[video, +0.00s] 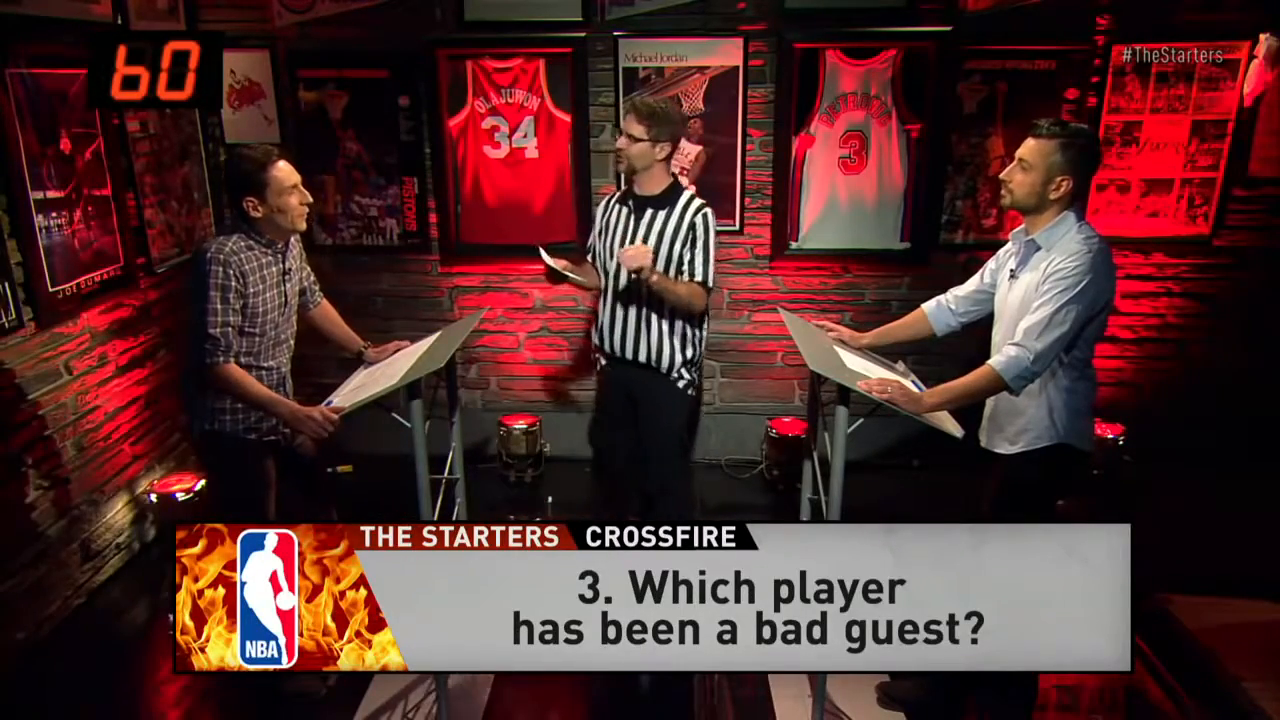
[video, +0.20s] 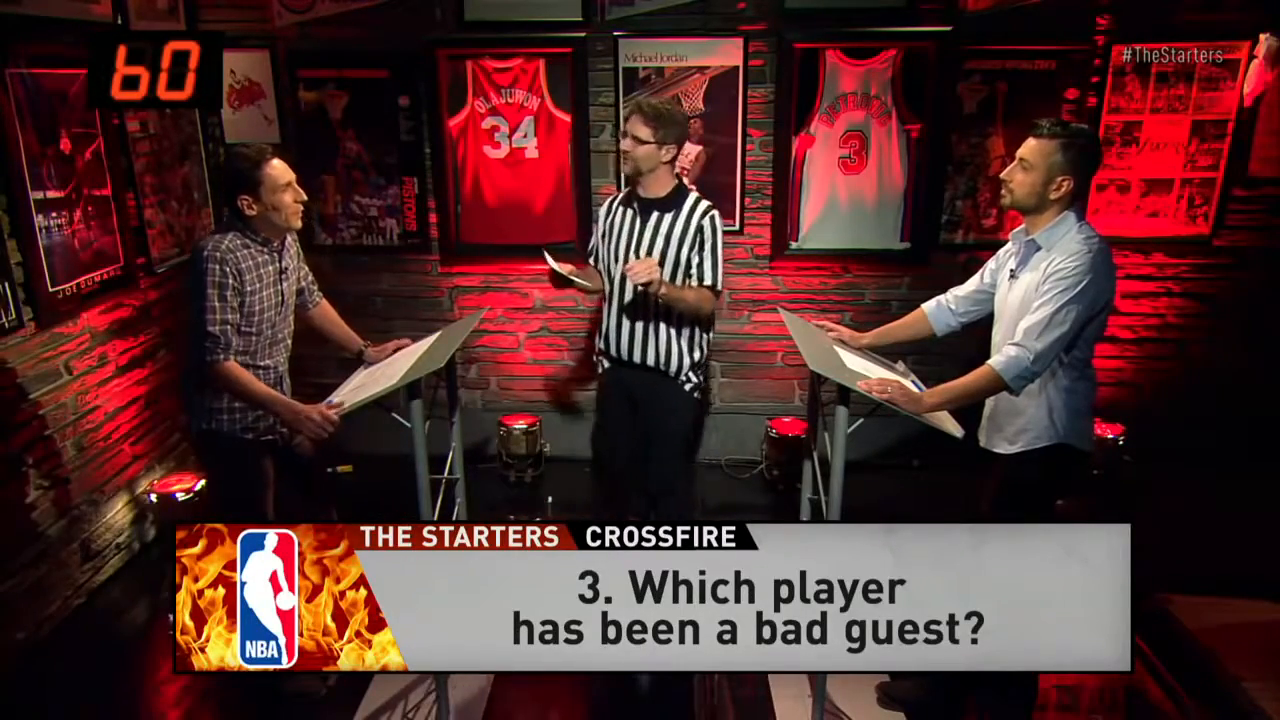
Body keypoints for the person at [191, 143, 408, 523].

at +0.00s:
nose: (307, 198)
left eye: (302, 186)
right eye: (292, 190)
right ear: (255, 207)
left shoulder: (289, 244)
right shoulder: (223, 258)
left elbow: (313, 302)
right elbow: (217, 363)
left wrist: (364, 350)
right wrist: (292, 412)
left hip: (282, 422)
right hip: (235, 433)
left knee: (297, 523)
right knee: (249, 536)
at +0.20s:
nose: (302, 196)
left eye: (297, 184)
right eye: (286, 188)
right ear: (249, 205)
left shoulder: (286, 243)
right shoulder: (220, 256)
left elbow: (311, 302)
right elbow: (218, 360)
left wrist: (364, 350)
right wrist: (292, 411)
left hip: (279, 421)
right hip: (234, 432)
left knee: (297, 522)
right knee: (248, 535)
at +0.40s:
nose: (295, 191)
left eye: (290, 179)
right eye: (280, 183)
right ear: (243, 200)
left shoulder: (283, 239)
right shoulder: (215, 253)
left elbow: (310, 301)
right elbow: (219, 358)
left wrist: (365, 350)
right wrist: (294, 409)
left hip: (278, 421)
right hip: (231, 431)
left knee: (293, 524)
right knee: (248, 536)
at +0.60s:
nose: (291, 186)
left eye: (286, 175)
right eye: (276, 178)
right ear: (239, 194)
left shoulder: (280, 236)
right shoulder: (215, 250)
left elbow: (310, 299)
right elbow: (222, 351)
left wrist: (367, 348)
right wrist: (294, 408)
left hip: (282, 418)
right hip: (232, 429)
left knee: (297, 525)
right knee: (248, 535)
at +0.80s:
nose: (291, 183)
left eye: (286, 172)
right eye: (275, 174)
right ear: (239, 190)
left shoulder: (279, 233)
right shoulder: (216, 246)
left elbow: (313, 297)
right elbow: (229, 346)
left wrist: (371, 346)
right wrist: (295, 407)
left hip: (279, 410)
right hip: (232, 420)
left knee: (291, 519)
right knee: (248, 528)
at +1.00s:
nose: (292, 181)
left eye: (286, 170)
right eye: (276, 173)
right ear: (239, 187)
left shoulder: (277, 231)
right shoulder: (215, 245)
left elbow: (313, 293)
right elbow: (237, 341)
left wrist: (371, 345)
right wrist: (298, 407)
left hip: (274, 407)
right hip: (227, 416)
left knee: (285, 518)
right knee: (247, 527)